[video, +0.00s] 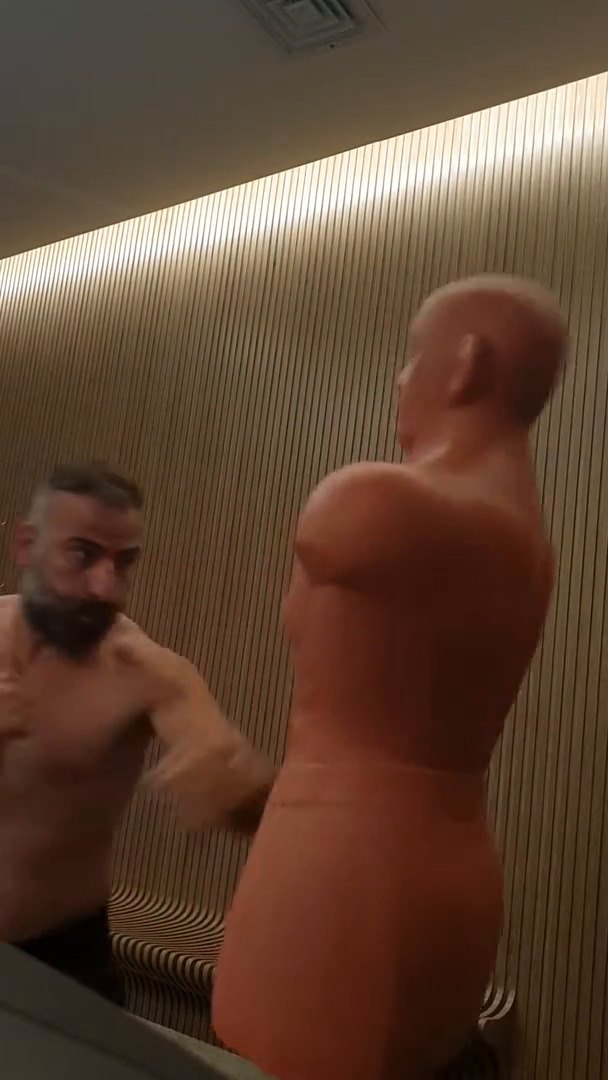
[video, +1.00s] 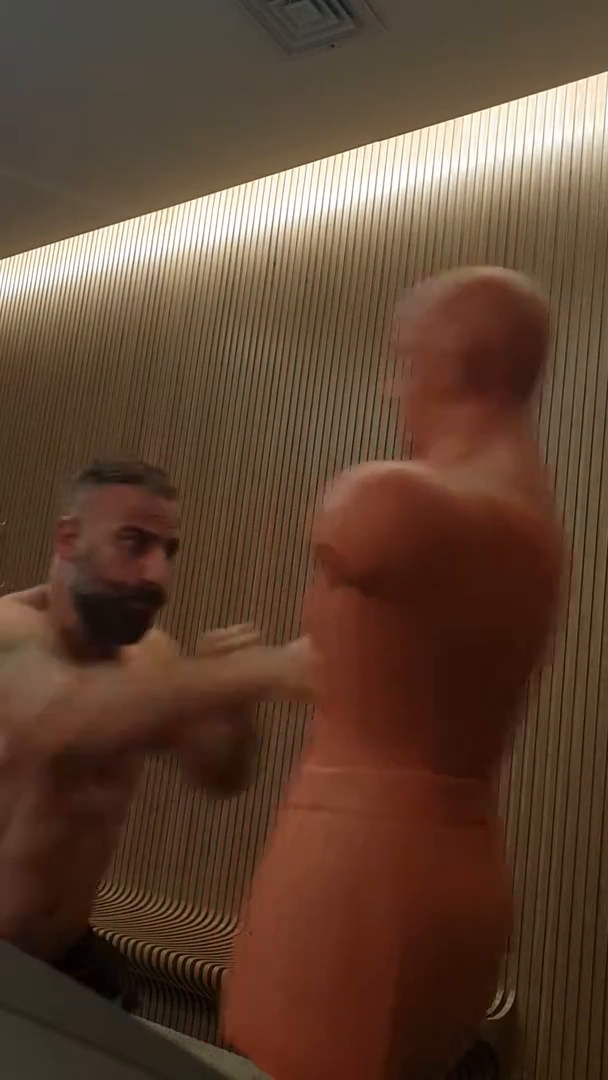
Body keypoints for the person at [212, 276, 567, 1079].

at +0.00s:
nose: (399, 387)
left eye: (413, 361)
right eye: (406, 362)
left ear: (464, 368)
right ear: (530, 391)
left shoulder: (367, 506)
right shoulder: (524, 543)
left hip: (338, 880)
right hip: (447, 869)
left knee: (288, 1066)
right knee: (397, 1067)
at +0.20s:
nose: (363, 360)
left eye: (375, 330)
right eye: (369, 332)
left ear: (433, 338)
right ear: (509, 360)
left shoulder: (336, 508)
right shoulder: (509, 518)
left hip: (322, 894)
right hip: (438, 877)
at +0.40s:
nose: (330, 420)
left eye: (337, 396)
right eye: (331, 399)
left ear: (382, 392)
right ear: (450, 416)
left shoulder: (308, 505)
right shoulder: (464, 547)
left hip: (309, 848)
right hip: (417, 837)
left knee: (291, 1061)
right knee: (381, 1061)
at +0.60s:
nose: (362, 418)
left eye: (373, 396)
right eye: (366, 397)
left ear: (416, 400)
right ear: (481, 428)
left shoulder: (345, 505)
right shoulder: (487, 553)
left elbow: (296, 537)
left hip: (329, 856)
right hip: (432, 850)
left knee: (310, 1062)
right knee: (388, 1063)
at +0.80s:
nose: (368, 375)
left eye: (381, 348)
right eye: (373, 350)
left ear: (432, 356)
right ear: (501, 381)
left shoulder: (337, 504)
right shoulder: (507, 532)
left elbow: (276, 621)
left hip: (325, 875)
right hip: (441, 860)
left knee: (280, 1065)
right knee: (397, 1066)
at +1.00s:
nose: (394, 385)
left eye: (403, 361)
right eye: (398, 360)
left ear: (439, 367)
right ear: (518, 377)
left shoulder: (395, 505)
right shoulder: (533, 528)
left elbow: (345, 527)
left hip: (356, 871)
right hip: (457, 860)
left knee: (300, 1063)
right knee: (404, 1065)